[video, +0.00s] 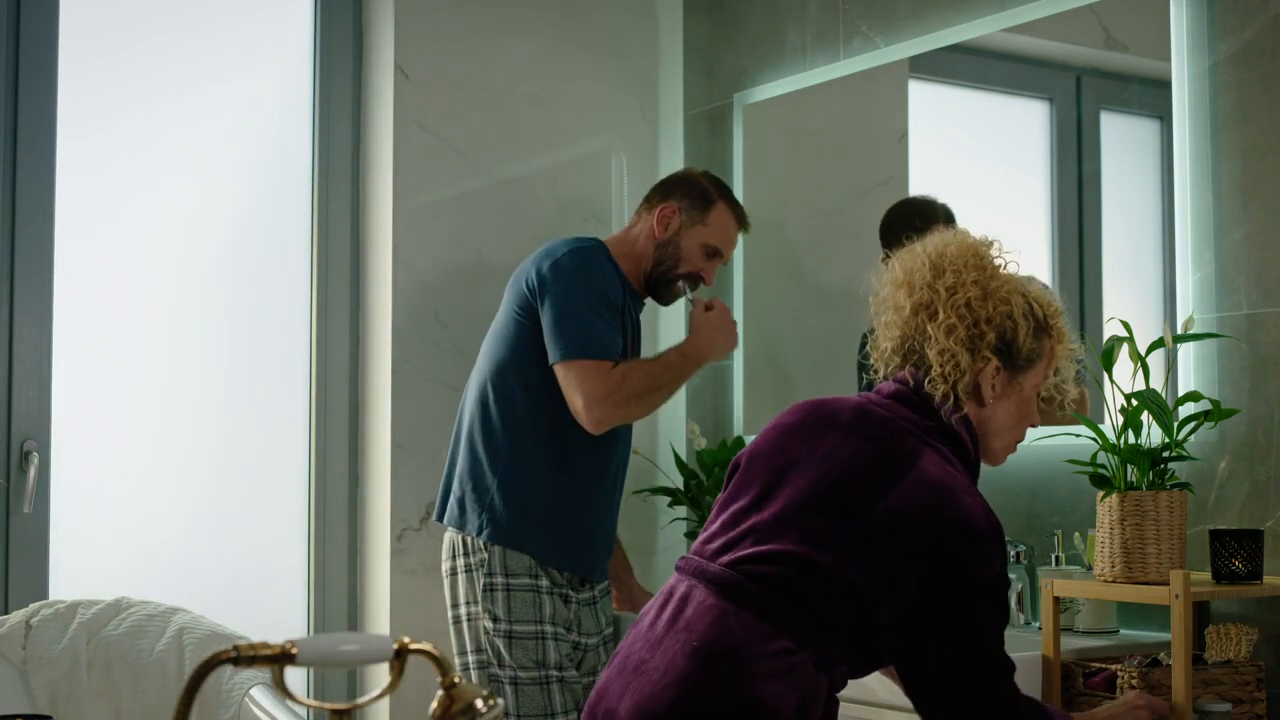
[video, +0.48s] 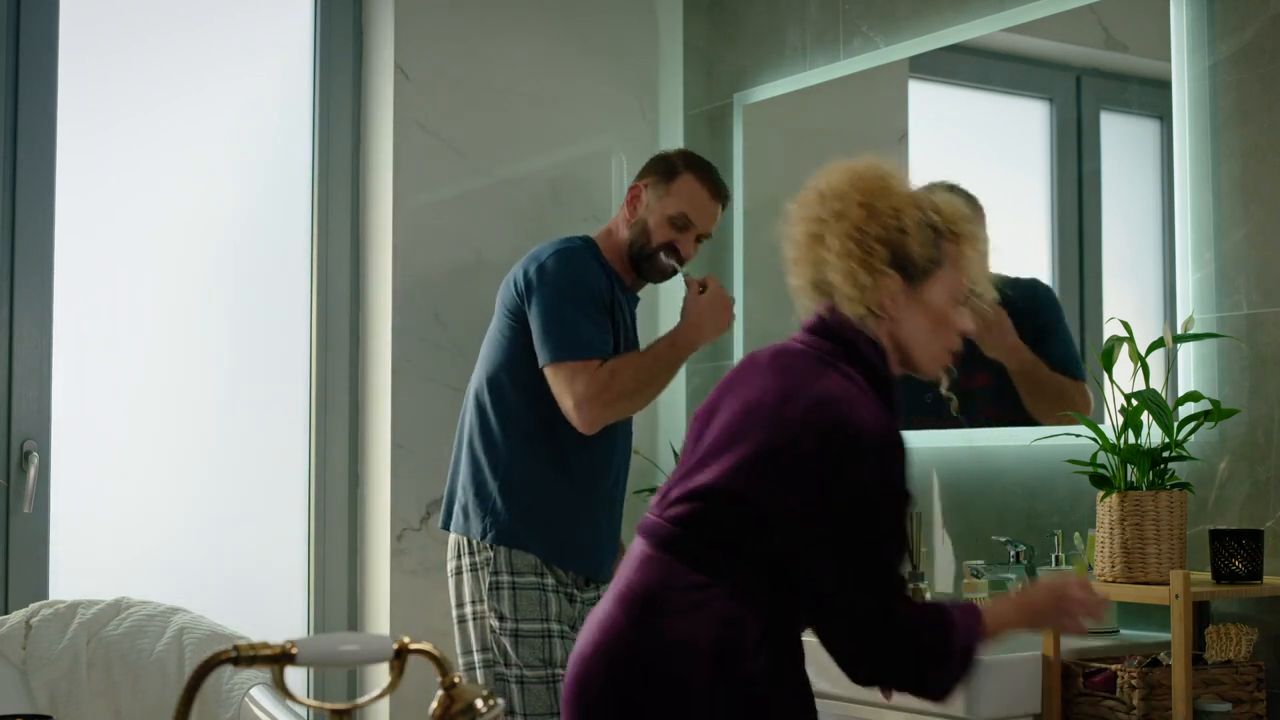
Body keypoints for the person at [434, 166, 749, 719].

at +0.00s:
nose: (709, 277)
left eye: (720, 263)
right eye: (710, 253)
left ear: (664, 222)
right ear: (665, 220)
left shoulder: (624, 310)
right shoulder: (577, 266)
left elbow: (578, 471)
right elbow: (598, 403)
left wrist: (629, 593)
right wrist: (699, 350)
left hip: (578, 568)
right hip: (511, 561)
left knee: (601, 710)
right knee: (537, 712)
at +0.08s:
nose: (709, 273)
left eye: (720, 260)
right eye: (709, 249)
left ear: (662, 220)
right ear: (663, 218)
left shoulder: (624, 310)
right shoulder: (579, 267)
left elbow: (578, 472)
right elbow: (596, 404)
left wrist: (629, 593)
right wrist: (696, 348)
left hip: (579, 569)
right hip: (511, 562)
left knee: (603, 711)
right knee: (537, 713)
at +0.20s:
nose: (705, 268)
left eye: (716, 257)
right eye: (703, 245)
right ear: (657, 212)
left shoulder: (624, 308)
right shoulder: (575, 267)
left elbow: (579, 469)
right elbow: (599, 405)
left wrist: (625, 587)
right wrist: (696, 343)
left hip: (581, 569)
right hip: (511, 561)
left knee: (608, 709)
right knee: (535, 712)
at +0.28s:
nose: (702, 262)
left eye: (712, 252)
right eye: (698, 239)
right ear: (652, 207)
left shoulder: (623, 306)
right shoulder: (574, 268)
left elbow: (578, 467)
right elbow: (596, 404)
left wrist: (623, 585)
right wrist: (697, 343)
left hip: (581, 566)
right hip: (513, 559)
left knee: (605, 708)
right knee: (536, 712)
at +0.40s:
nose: (692, 253)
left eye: (704, 246)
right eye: (687, 230)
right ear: (643, 201)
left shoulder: (622, 305)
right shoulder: (568, 267)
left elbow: (582, 462)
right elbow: (593, 404)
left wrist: (619, 570)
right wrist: (688, 330)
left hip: (581, 565)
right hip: (514, 559)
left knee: (593, 707)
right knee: (535, 711)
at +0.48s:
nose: (684, 247)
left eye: (699, 240)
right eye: (678, 223)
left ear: (704, 243)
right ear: (635, 199)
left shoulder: (620, 303)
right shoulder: (564, 266)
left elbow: (593, 446)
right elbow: (589, 403)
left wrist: (608, 551)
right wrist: (688, 336)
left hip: (576, 560)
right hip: (514, 558)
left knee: (584, 708)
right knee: (534, 712)